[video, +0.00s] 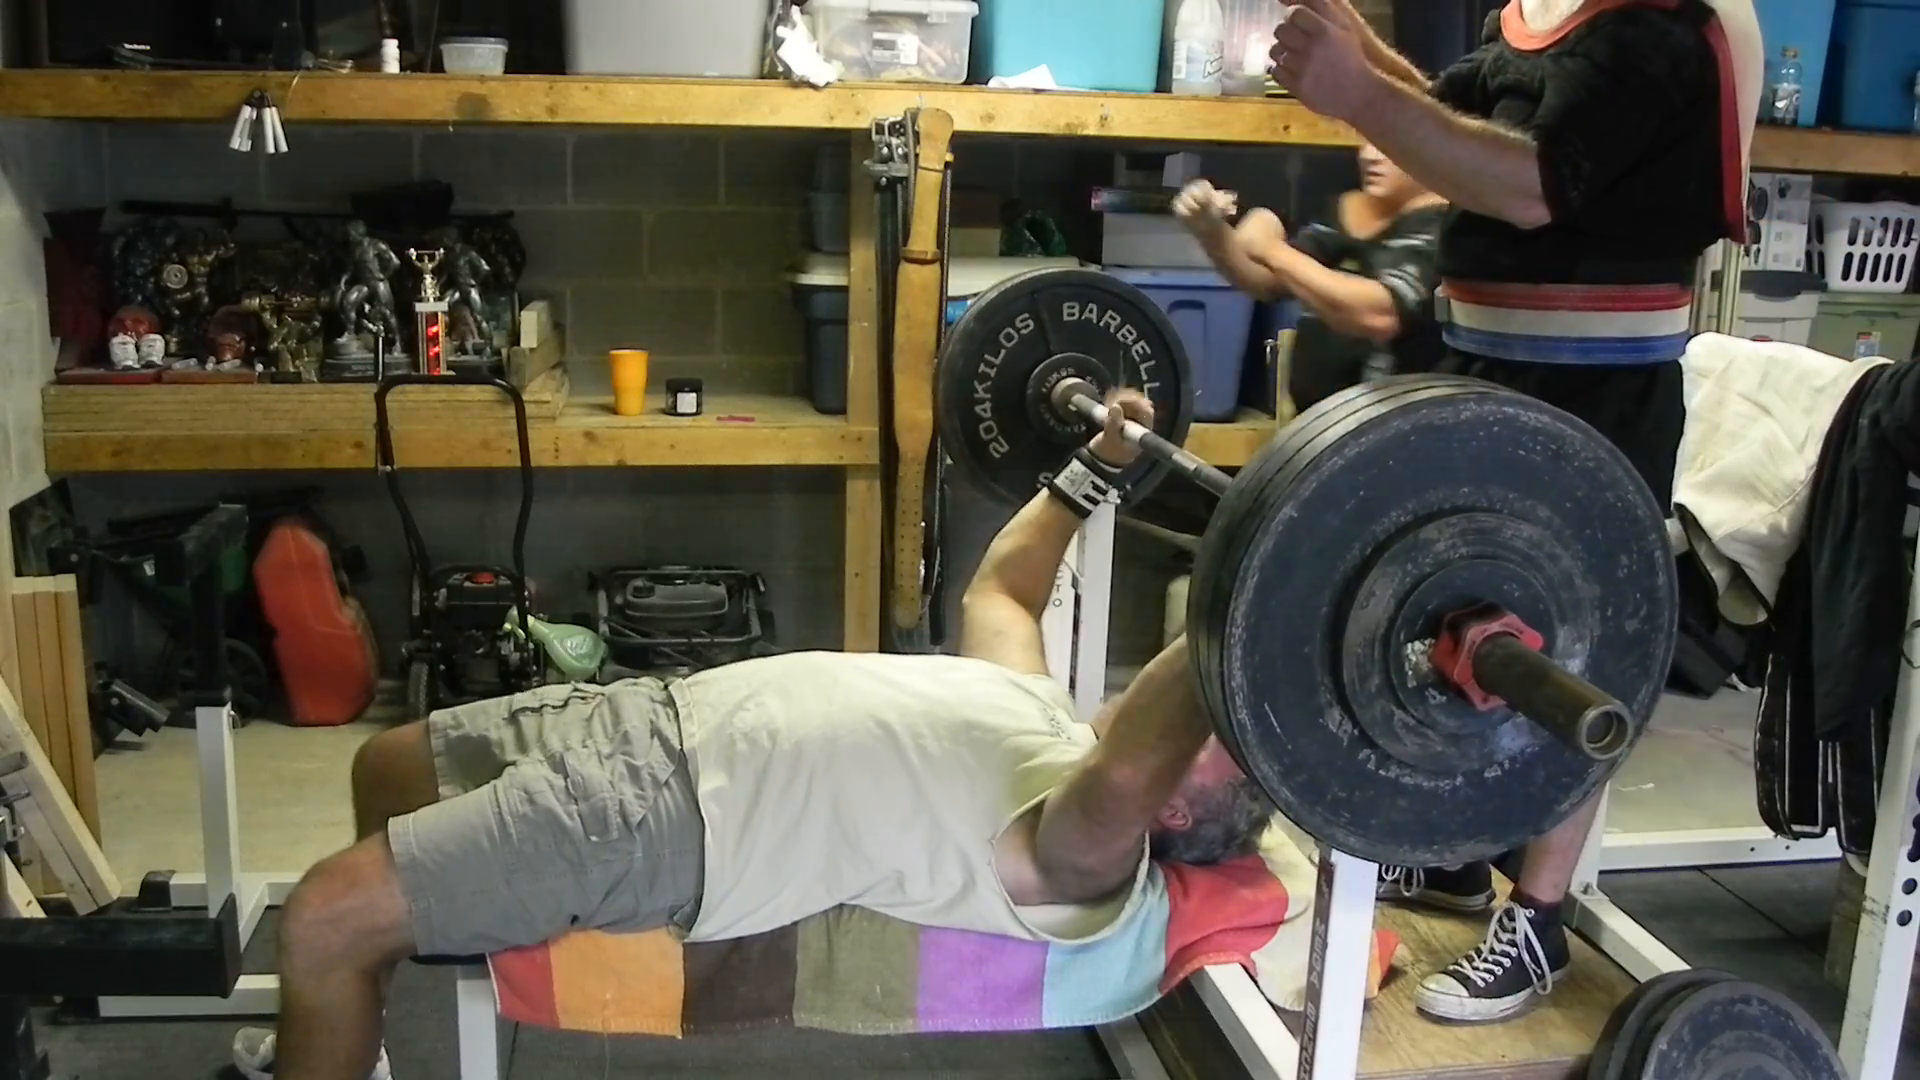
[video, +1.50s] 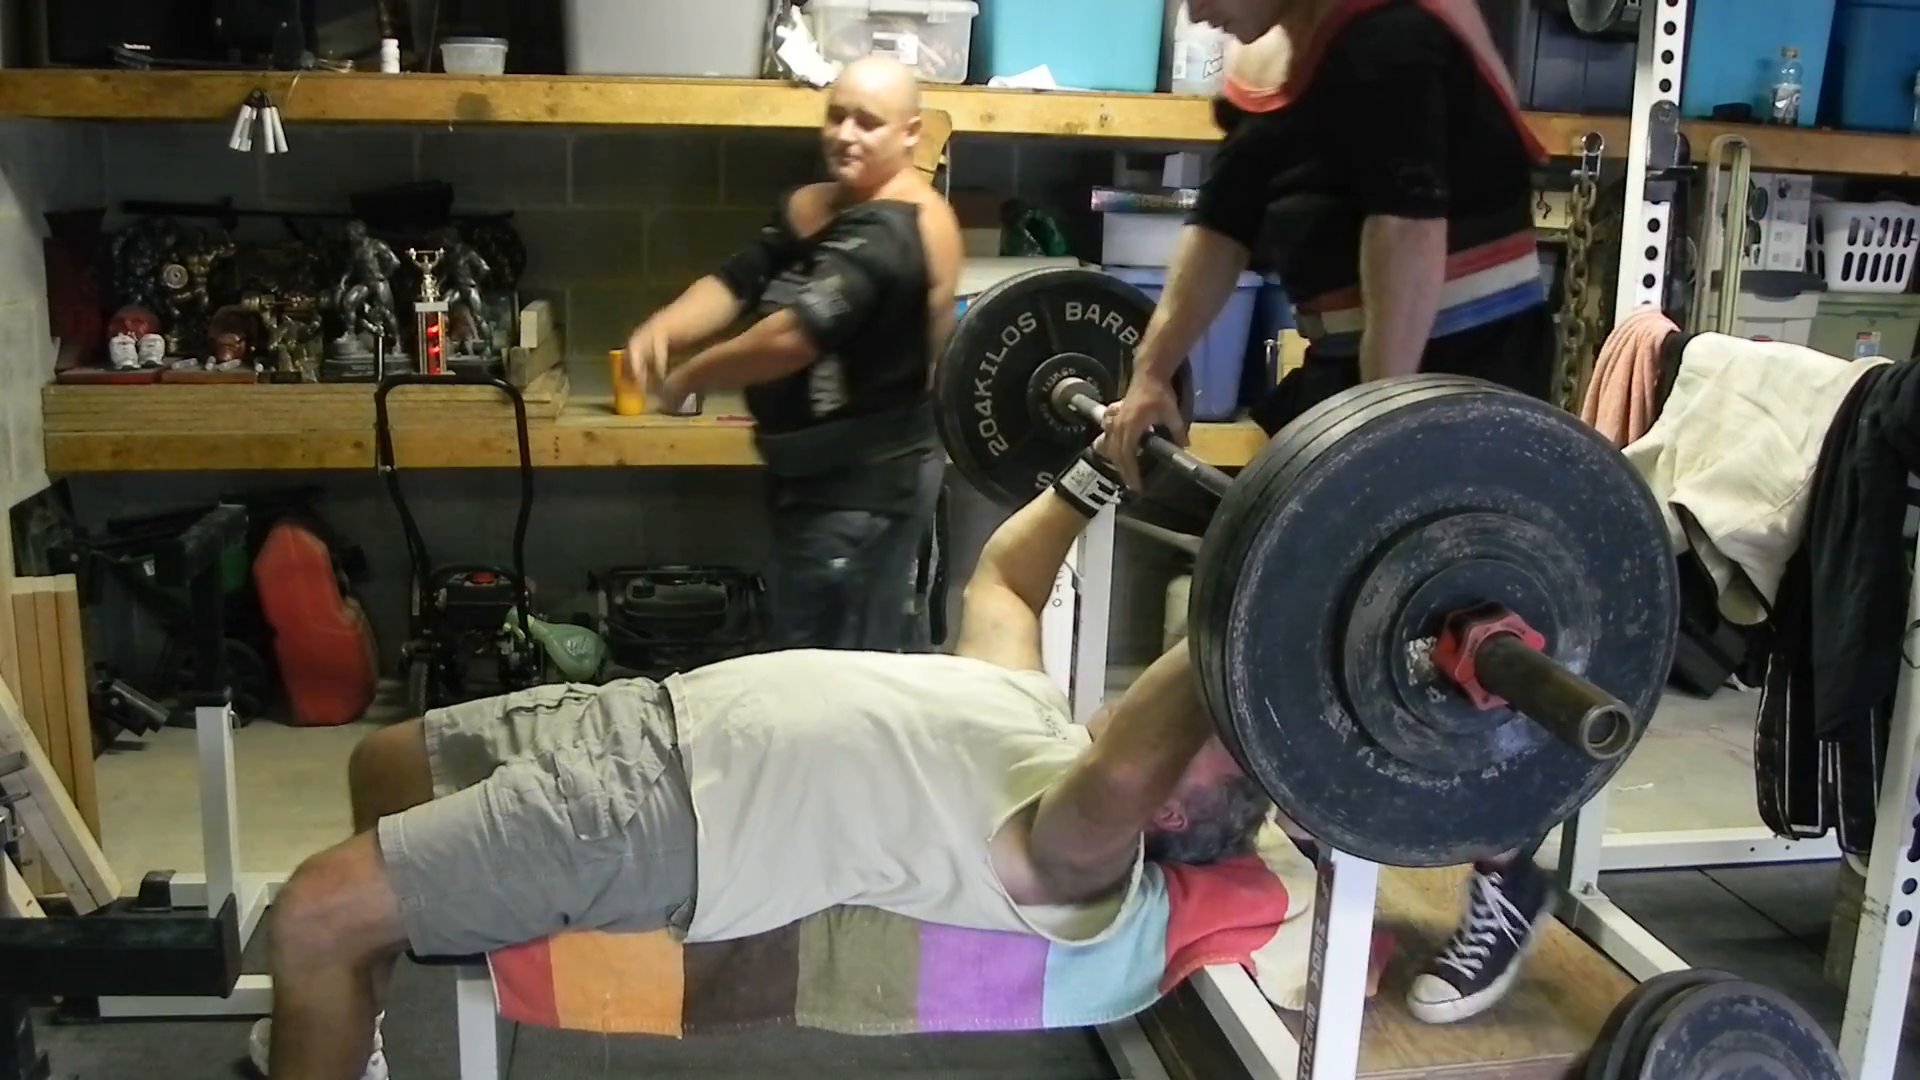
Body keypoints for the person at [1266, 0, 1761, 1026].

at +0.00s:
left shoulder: (1660, 30)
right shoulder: (1536, 18)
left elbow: (1530, 183)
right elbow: (1441, 113)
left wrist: (1361, 91)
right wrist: (1353, 51)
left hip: (1602, 384)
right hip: (1487, 367)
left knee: (1576, 651)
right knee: (1453, 614)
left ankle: (1535, 917)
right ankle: (1452, 847)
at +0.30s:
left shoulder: (1645, 28)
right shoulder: (1530, 14)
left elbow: (1519, 182)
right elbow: (1454, 113)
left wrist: (1347, 96)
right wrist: (1351, 48)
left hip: (1601, 382)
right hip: (1494, 366)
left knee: (1577, 653)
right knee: (1464, 617)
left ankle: (1537, 915)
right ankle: (1458, 850)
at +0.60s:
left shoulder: (1637, 25)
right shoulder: (1528, 14)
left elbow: (1506, 180)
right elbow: (1463, 121)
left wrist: (1333, 91)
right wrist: (1350, 49)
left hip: (1597, 381)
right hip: (1493, 365)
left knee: (1582, 648)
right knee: (1467, 615)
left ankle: (1538, 914)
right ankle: (1455, 845)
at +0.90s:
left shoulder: (1610, 27)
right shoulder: (1487, 14)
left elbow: (1500, 184)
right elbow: (1400, 120)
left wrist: (1309, 162)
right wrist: (1260, 39)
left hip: (1577, 382)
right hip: (1458, 365)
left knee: (1566, 646)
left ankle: (1536, 918)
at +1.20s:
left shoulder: (1511, 26)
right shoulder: (1395, 30)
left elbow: (1467, 214)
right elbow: (1306, 166)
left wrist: (1353, 377)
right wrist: (1170, 239)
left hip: (1518, 374)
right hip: (1413, 370)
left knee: (1526, 637)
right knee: (1366, 611)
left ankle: (1530, 916)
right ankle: (1332, 817)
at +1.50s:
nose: (1197, 13)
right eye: (1192, 5)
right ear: (1236, 3)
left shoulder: (1394, 41)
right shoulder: (1283, 77)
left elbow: (1408, 237)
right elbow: (1222, 226)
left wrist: (1383, 432)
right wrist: (1152, 369)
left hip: (1475, 353)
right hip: (1359, 361)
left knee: (1497, 617)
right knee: (1344, 596)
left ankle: (1505, 879)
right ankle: (1339, 807)